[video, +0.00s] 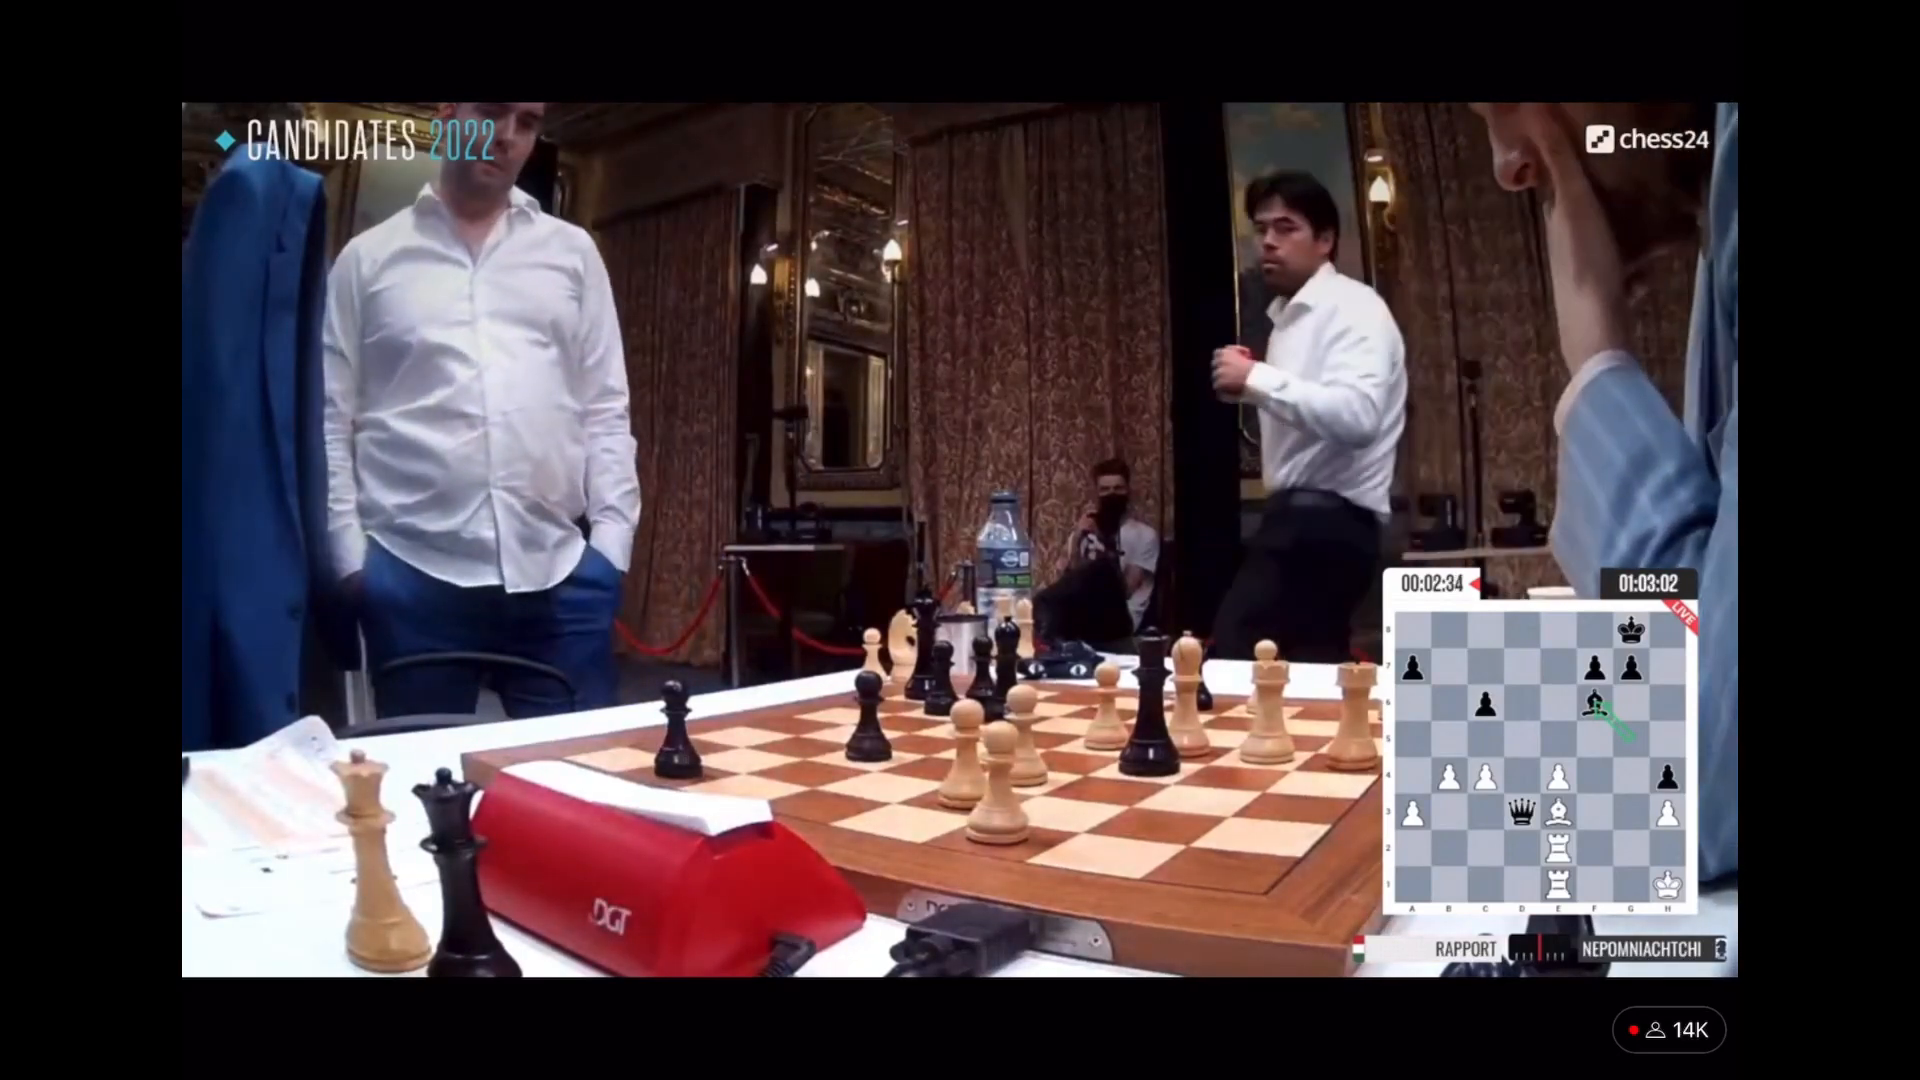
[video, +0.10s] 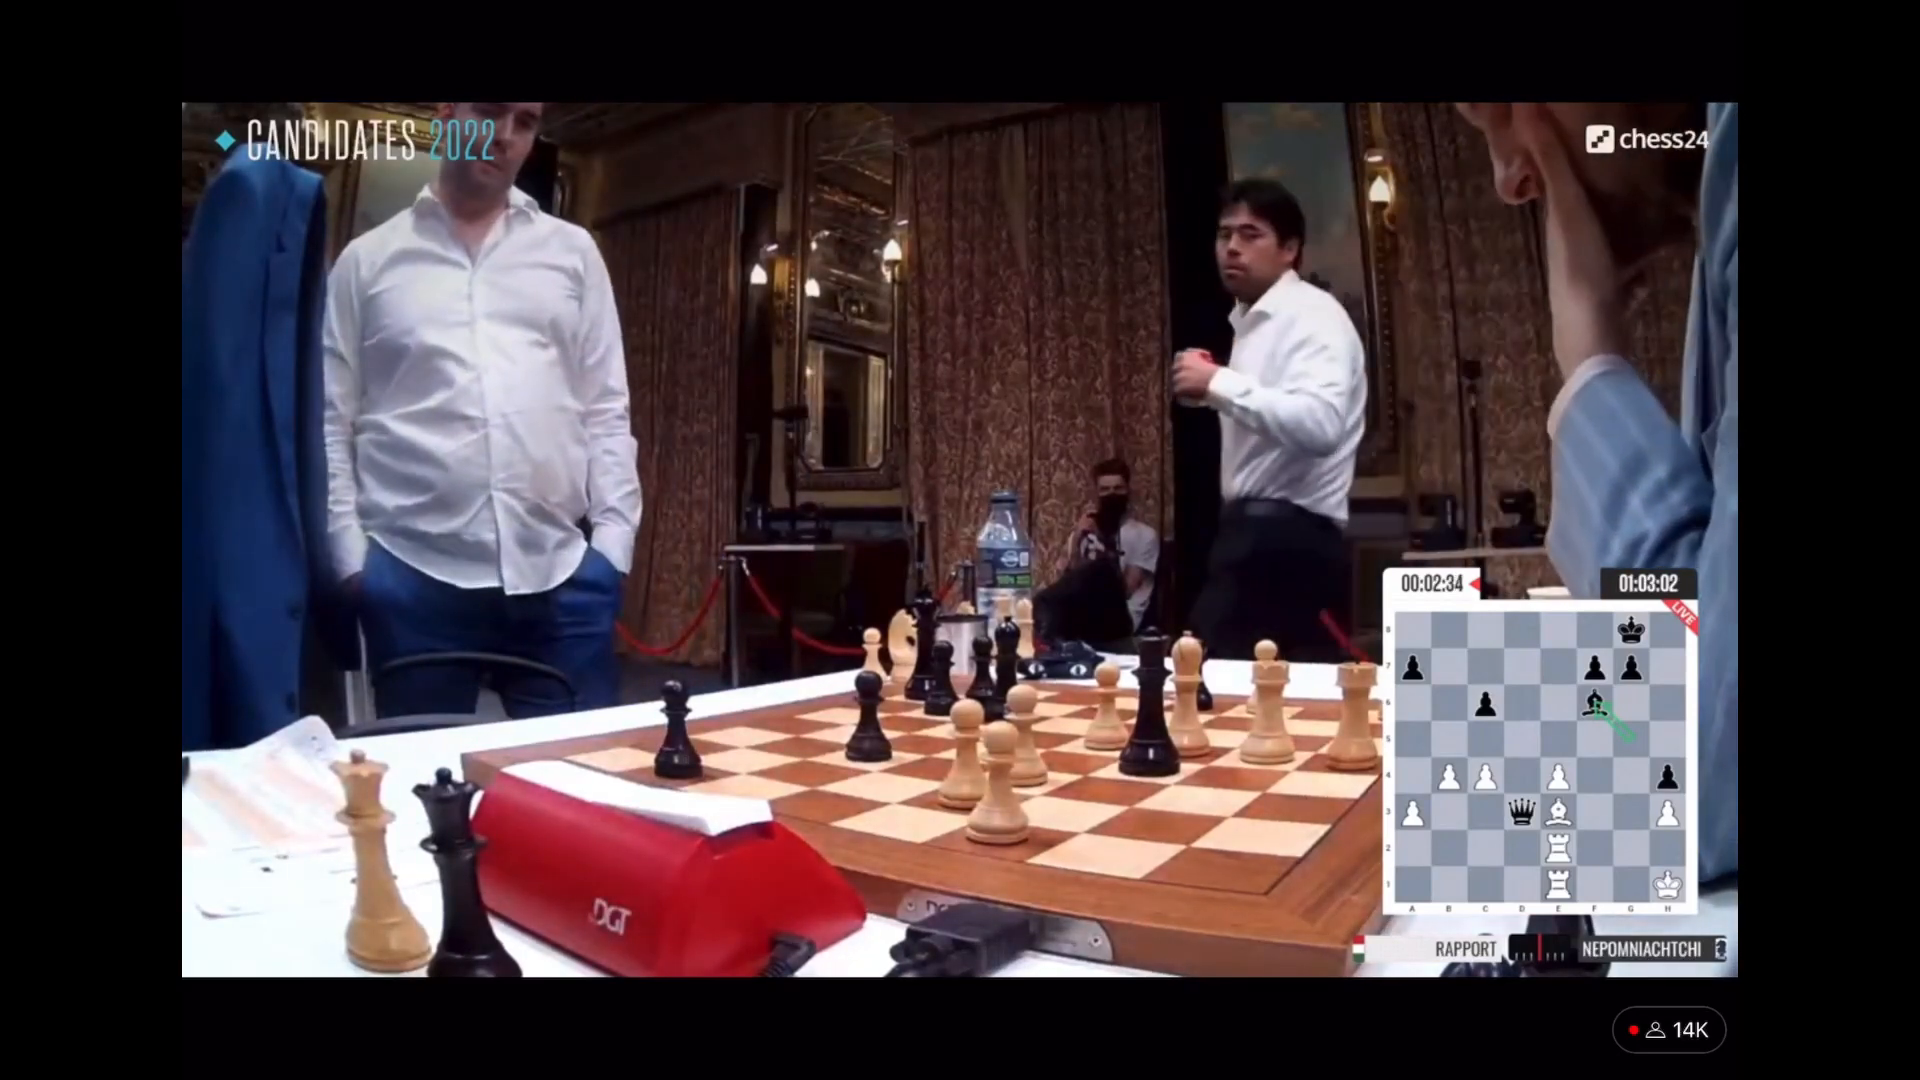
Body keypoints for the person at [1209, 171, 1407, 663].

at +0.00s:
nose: (1268, 243)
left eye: (1286, 229)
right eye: (1262, 230)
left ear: (1325, 241)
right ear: (1255, 237)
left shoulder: (1359, 310)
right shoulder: (1290, 319)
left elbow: (1358, 416)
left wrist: (1257, 379)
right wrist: (1254, 377)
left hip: (1331, 523)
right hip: (1294, 517)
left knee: (1234, 661)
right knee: (1312, 671)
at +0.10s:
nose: (1232, 249)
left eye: (1250, 236)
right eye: (1225, 236)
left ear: (1289, 250)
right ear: (1215, 245)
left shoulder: (1317, 316)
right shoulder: (1256, 322)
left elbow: (1321, 424)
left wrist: (1218, 383)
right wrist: (1216, 381)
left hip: (1290, 537)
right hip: (1251, 531)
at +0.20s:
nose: (1205, 256)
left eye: (1224, 243)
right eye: (1199, 243)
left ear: (1264, 258)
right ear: (1190, 250)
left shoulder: (1288, 324)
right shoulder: (1230, 327)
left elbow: (1292, 431)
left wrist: (1189, 389)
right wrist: (1191, 385)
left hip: (1258, 544)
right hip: (1217, 537)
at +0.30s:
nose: (1172, 257)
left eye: (1191, 244)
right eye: (1167, 243)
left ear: (1232, 258)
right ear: (1158, 250)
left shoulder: (1249, 324)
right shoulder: (1202, 325)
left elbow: (1249, 433)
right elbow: (1212, 420)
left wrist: (1149, 391)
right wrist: (1153, 388)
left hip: (1215, 539)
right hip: (1184, 531)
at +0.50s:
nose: (1136, 254)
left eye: (1156, 241)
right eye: (1131, 240)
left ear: (1195, 255)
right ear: (1120, 247)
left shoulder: (1212, 323)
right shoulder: (1164, 323)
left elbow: (1198, 430)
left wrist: (1105, 384)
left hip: (1176, 537)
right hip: (1140, 531)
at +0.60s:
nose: (1123, 253)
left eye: (1142, 240)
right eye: (1116, 240)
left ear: (1180, 255)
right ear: (1106, 247)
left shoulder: (1204, 325)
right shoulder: (1143, 327)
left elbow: (1188, 429)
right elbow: (1136, 446)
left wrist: (1092, 381)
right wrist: (1098, 513)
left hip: (1162, 537)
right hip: (1120, 531)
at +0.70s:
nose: (1116, 254)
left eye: (1135, 243)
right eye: (1108, 241)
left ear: (1171, 258)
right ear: (1097, 250)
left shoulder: (1200, 327)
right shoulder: (1123, 331)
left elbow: (1187, 432)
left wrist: (1087, 383)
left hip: (1153, 537)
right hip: (1101, 531)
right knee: (1087, 690)